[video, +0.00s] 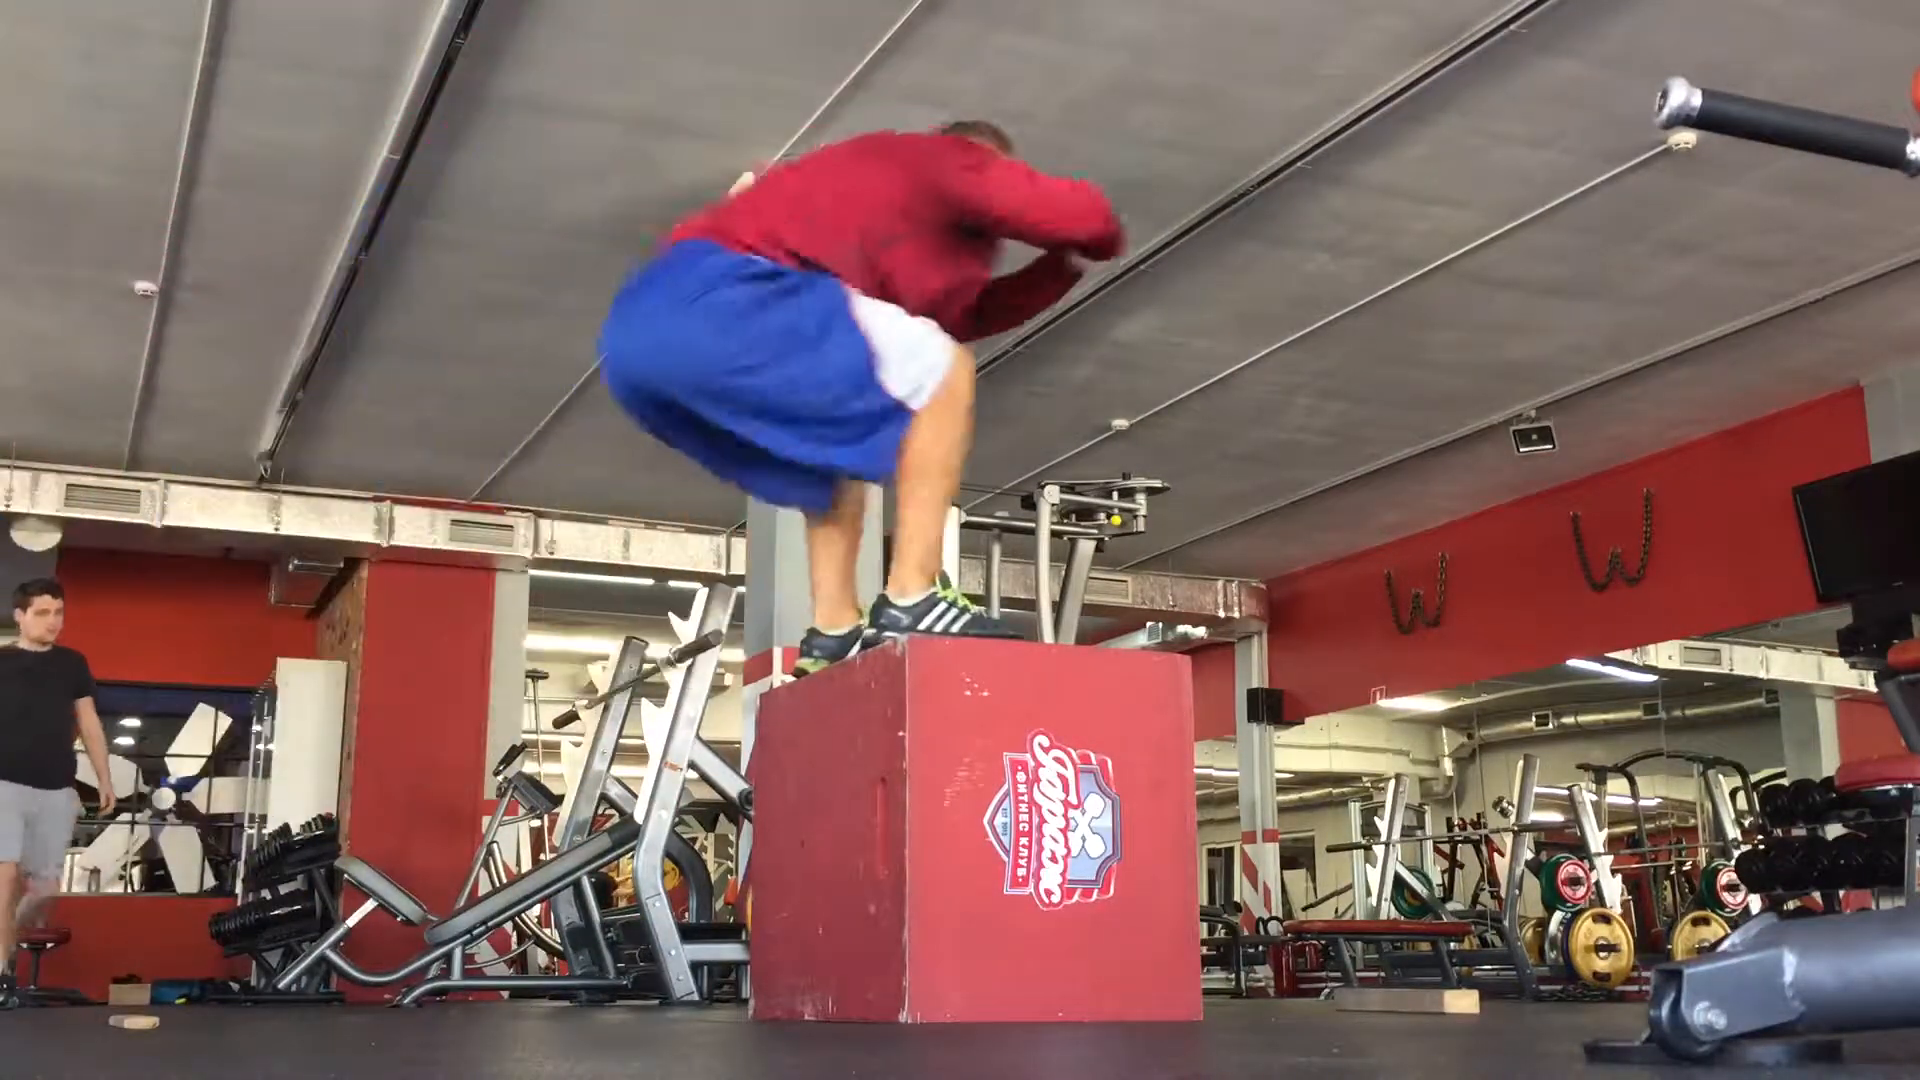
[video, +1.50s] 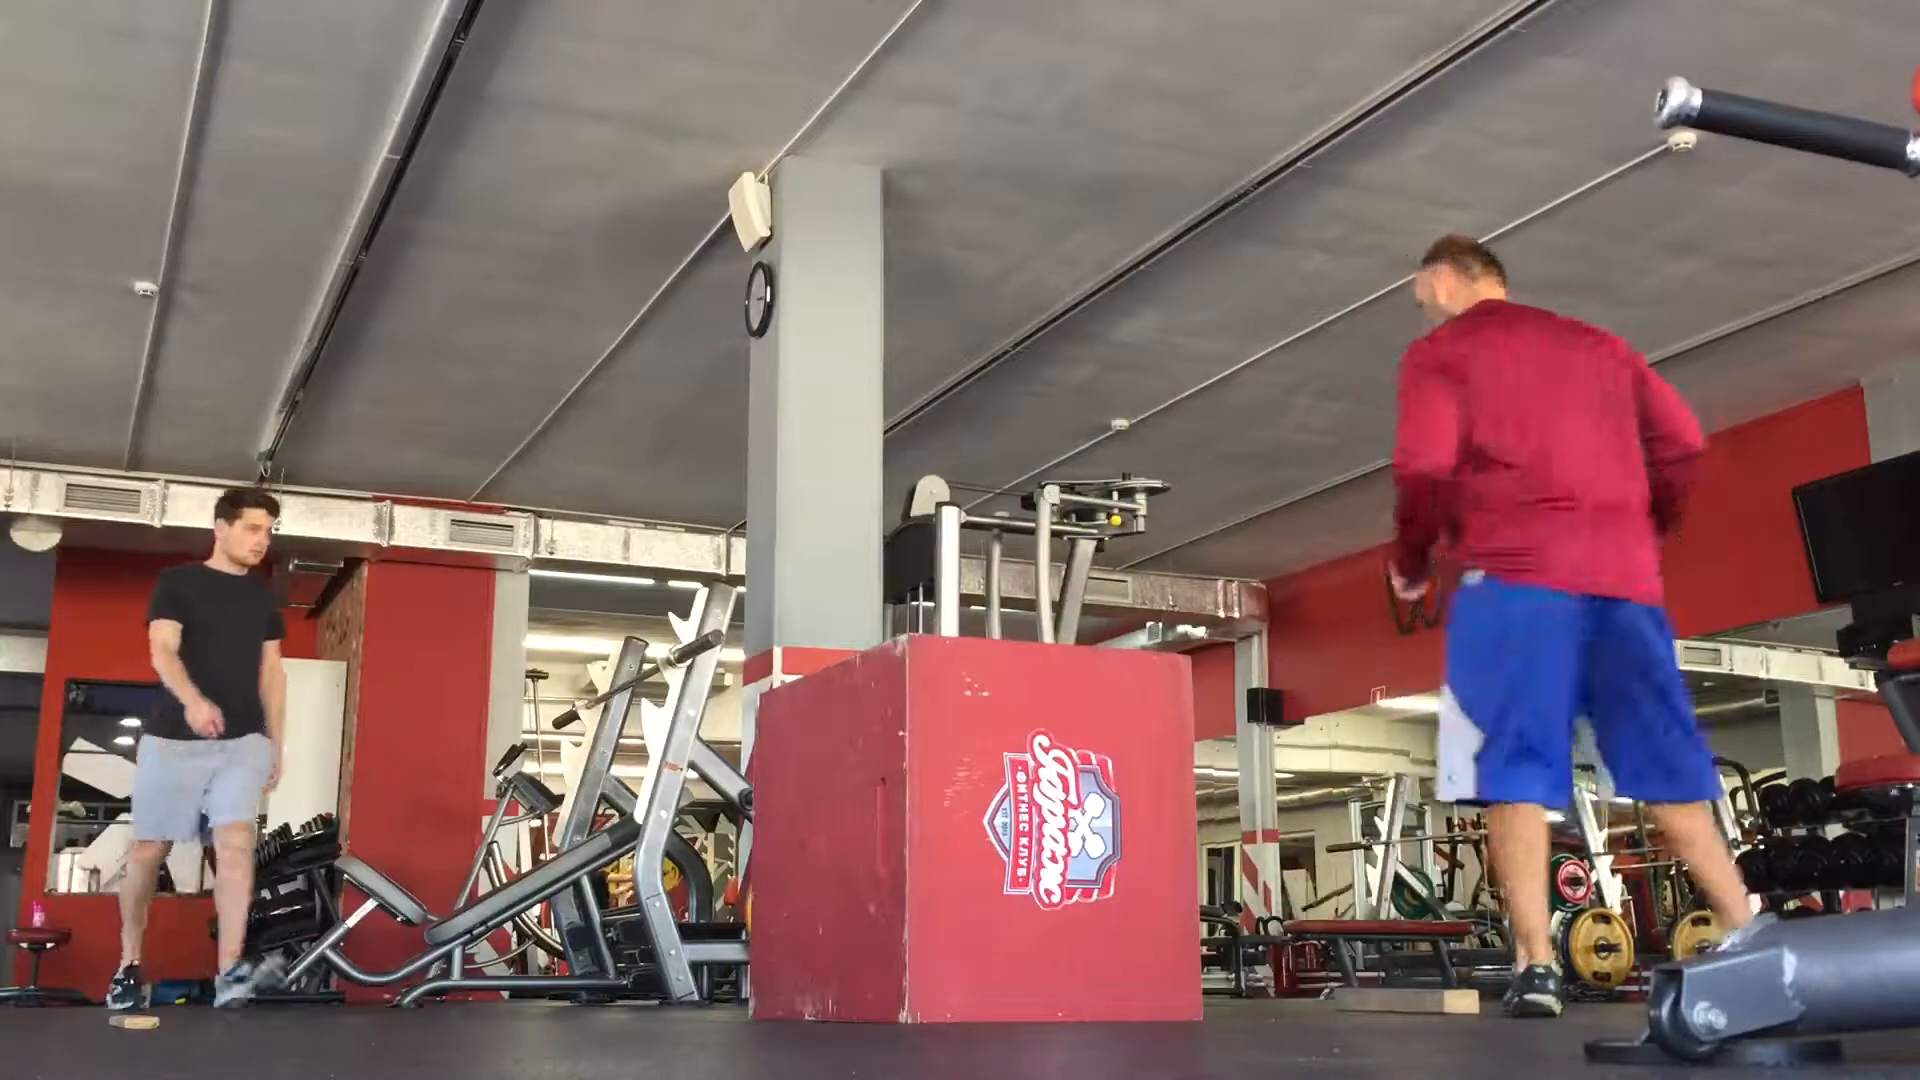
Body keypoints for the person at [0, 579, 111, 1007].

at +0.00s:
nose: (53, 620)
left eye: (58, 612)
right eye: (43, 612)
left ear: (63, 616)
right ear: (20, 616)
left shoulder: (72, 662)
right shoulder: (4, 659)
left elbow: (89, 722)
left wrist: (104, 779)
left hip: (57, 791)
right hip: (9, 786)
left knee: (44, 887)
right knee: (8, 878)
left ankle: (9, 951)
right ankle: (6, 969)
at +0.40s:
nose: (98, 606)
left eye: (104, 598)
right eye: (89, 597)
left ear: (108, 604)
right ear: (64, 601)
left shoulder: (114, 652)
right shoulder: (33, 646)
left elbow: (125, 720)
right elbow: (14, 709)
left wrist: (131, 777)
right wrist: (31, 753)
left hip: (94, 780)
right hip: (32, 780)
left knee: (88, 868)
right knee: (14, 877)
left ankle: (82, 975)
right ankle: (5, 973)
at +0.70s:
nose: (152, 580)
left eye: (158, 573)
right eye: (143, 571)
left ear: (162, 579)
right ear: (116, 571)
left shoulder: (163, 630)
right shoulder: (79, 619)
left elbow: (173, 698)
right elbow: (46, 688)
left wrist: (179, 758)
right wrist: (40, 750)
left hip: (138, 763)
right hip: (77, 759)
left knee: (114, 863)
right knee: (79, 848)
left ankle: (91, 978)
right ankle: (56, 946)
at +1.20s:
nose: (206, 548)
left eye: (212, 540)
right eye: (195, 538)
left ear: (215, 545)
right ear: (166, 540)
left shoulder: (220, 603)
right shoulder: (134, 594)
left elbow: (231, 673)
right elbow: (103, 667)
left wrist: (239, 739)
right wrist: (96, 736)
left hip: (195, 746)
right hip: (131, 741)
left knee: (182, 852)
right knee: (127, 850)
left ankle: (140, 926)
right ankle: (123, 972)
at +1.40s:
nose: (239, 540)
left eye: (245, 531)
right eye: (230, 529)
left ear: (246, 536)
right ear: (200, 529)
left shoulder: (247, 593)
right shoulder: (158, 584)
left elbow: (254, 669)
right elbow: (141, 653)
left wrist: (257, 734)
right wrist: (167, 705)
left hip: (225, 738)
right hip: (157, 740)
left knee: (223, 831)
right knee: (137, 846)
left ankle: (196, 959)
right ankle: (127, 968)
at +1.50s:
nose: (261, 540)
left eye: (266, 531)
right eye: (252, 529)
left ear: (267, 537)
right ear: (221, 529)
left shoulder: (263, 601)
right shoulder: (178, 583)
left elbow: (271, 672)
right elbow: (162, 650)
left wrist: (275, 741)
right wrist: (193, 699)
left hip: (243, 742)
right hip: (174, 741)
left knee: (236, 845)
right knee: (148, 850)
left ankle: (230, 971)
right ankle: (129, 965)